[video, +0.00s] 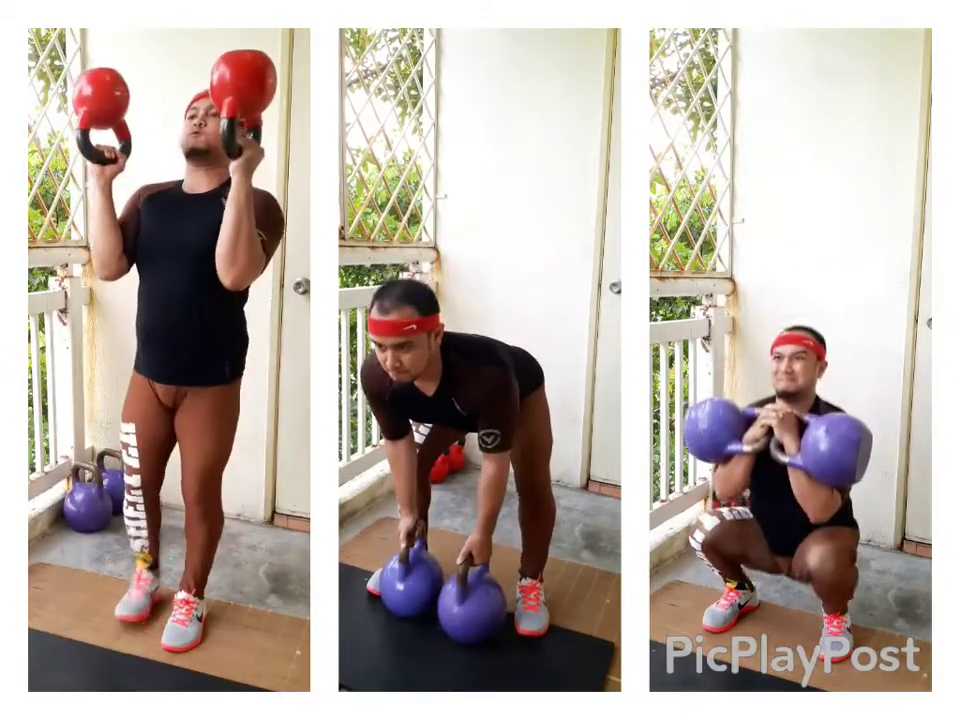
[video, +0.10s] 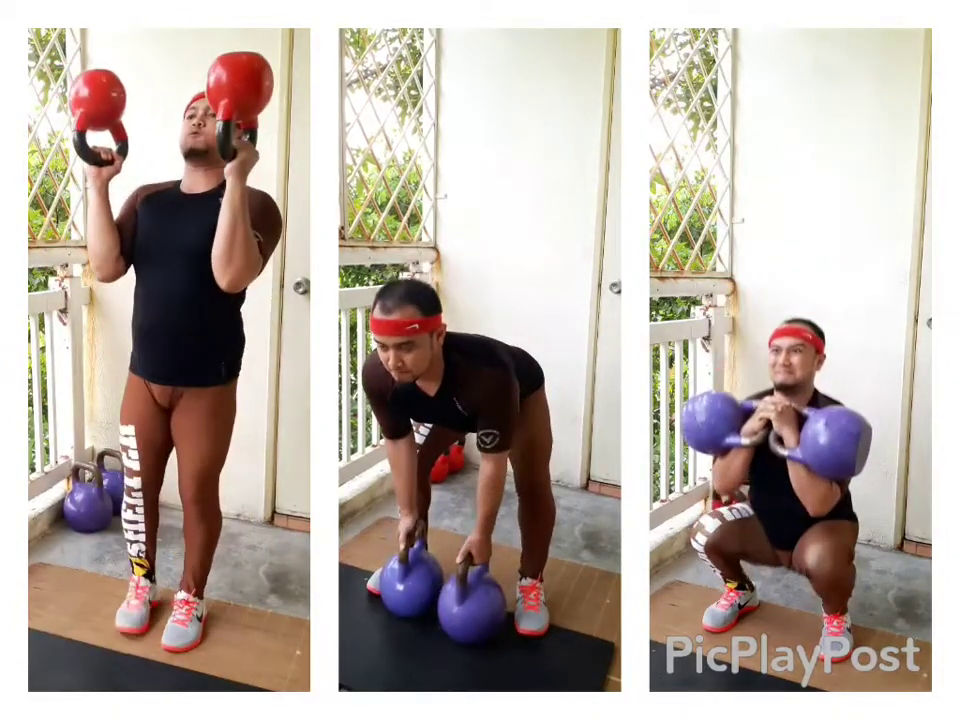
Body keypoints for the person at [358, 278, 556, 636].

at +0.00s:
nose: (391, 361)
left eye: (404, 348)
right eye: (381, 348)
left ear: (435, 337)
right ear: (373, 343)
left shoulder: (487, 374)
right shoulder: (376, 375)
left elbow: (496, 464)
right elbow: (398, 444)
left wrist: (483, 534)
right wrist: (407, 513)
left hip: (515, 391)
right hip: (450, 399)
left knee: (534, 487)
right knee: (414, 470)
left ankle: (531, 583)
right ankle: (409, 562)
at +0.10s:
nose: (393, 361)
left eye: (406, 348)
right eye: (383, 347)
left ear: (438, 337)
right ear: (375, 343)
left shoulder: (487, 374)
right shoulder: (378, 375)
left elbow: (494, 463)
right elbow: (398, 444)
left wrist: (481, 535)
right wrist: (407, 513)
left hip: (515, 391)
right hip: (450, 400)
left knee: (533, 486)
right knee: (415, 470)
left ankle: (531, 583)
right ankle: (409, 562)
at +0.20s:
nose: (395, 360)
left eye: (408, 347)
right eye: (384, 347)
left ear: (440, 337)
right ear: (376, 343)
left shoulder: (488, 375)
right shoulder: (378, 375)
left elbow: (493, 464)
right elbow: (398, 444)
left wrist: (481, 535)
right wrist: (406, 516)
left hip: (516, 392)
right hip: (451, 400)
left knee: (533, 487)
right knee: (415, 470)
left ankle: (531, 583)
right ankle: (408, 562)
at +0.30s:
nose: (395, 360)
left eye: (408, 347)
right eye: (384, 347)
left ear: (440, 337)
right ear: (377, 343)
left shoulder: (488, 375)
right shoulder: (379, 375)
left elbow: (494, 464)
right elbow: (399, 444)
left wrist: (481, 535)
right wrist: (405, 516)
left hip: (516, 391)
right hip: (452, 399)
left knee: (533, 486)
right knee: (415, 470)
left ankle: (531, 583)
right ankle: (408, 562)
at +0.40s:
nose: (395, 361)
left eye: (408, 347)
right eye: (384, 347)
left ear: (440, 336)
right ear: (376, 343)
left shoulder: (489, 375)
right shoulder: (379, 375)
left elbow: (494, 464)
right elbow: (400, 444)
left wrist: (481, 535)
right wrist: (405, 517)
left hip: (516, 391)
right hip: (452, 399)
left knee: (533, 486)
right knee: (415, 471)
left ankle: (531, 583)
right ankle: (407, 562)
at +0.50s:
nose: (394, 362)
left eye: (407, 349)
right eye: (384, 348)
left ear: (439, 337)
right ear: (376, 344)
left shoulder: (489, 375)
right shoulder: (379, 375)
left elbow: (494, 464)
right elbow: (403, 444)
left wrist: (481, 535)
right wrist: (408, 514)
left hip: (516, 391)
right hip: (452, 400)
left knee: (533, 486)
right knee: (416, 471)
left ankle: (531, 583)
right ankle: (408, 563)